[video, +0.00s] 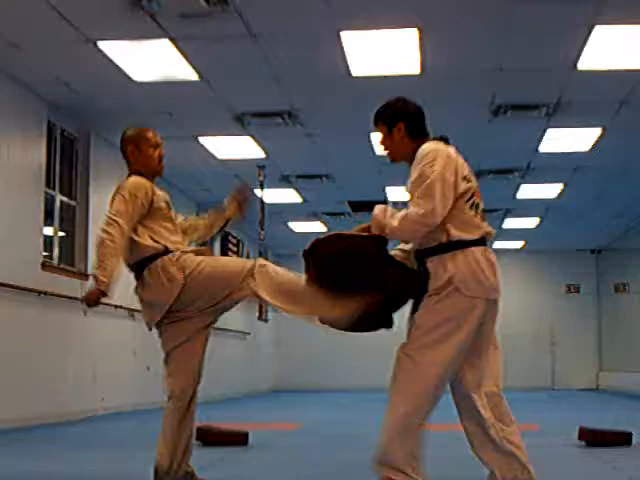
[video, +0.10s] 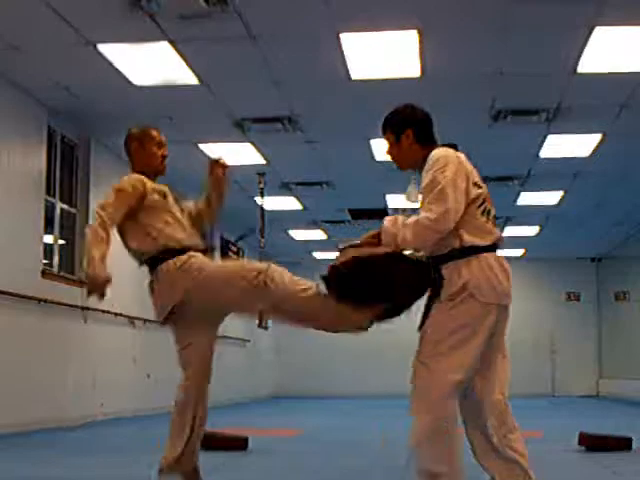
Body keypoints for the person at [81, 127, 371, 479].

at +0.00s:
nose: (161, 153)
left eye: (161, 146)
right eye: (153, 147)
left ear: (152, 152)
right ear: (132, 154)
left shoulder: (155, 197)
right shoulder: (134, 186)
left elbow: (188, 231)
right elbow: (113, 229)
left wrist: (228, 211)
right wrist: (102, 282)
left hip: (170, 302)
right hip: (173, 273)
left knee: (181, 393)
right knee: (256, 273)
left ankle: (172, 473)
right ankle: (339, 307)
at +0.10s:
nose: (164, 153)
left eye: (164, 147)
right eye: (156, 147)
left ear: (159, 154)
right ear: (135, 153)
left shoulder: (161, 196)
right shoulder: (133, 186)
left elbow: (200, 223)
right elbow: (103, 221)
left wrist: (216, 189)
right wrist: (95, 267)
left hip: (186, 285)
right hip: (181, 274)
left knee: (195, 379)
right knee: (265, 281)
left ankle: (179, 464)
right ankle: (350, 314)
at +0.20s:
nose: (166, 136)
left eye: (166, 131)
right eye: (159, 130)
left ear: (165, 136)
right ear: (138, 135)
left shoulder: (181, 176)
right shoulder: (128, 172)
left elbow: (214, 201)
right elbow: (115, 218)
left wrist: (251, 188)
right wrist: (147, 238)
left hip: (220, 250)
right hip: (187, 257)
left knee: (260, 323)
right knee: (268, 282)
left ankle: (224, 409)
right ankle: (301, 387)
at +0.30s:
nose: (184, 143)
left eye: (185, 138)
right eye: (177, 137)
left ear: (183, 143)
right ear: (154, 141)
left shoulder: (194, 178)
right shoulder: (143, 184)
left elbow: (216, 221)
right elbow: (158, 220)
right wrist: (213, 199)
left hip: (240, 250)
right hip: (204, 268)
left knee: (312, 256)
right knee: (238, 350)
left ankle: (330, 334)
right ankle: (245, 465)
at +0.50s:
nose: (233, 164)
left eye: (233, 157)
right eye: (227, 155)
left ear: (209, 157)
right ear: (203, 155)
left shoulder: (232, 208)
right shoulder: (174, 202)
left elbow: (236, 258)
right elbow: (163, 257)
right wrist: (214, 246)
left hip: (254, 287)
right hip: (219, 306)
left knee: (327, 311)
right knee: (247, 395)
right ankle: (252, 472)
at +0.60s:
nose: (237, 152)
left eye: (237, 146)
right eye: (230, 145)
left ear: (228, 151)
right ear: (206, 148)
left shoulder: (241, 200)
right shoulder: (184, 194)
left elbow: (247, 254)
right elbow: (165, 247)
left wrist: (278, 287)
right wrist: (209, 269)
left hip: (256, 301)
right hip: (216, 305)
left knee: (291, 376)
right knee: (235, 384)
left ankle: (274, 467)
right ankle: (245, 465)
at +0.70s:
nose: (241, 157)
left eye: (240, 151)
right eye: (233, 151)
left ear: (235, 159)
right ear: (210, 156)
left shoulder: (250, 209)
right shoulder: (191, 203)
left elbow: (266, 254)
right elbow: (165, 255)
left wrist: (296, 257)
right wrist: (214, 273)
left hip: (250, 306)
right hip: (210, 307)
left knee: (269, 384)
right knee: (227, 379)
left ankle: (253, 467)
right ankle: (216, 469)